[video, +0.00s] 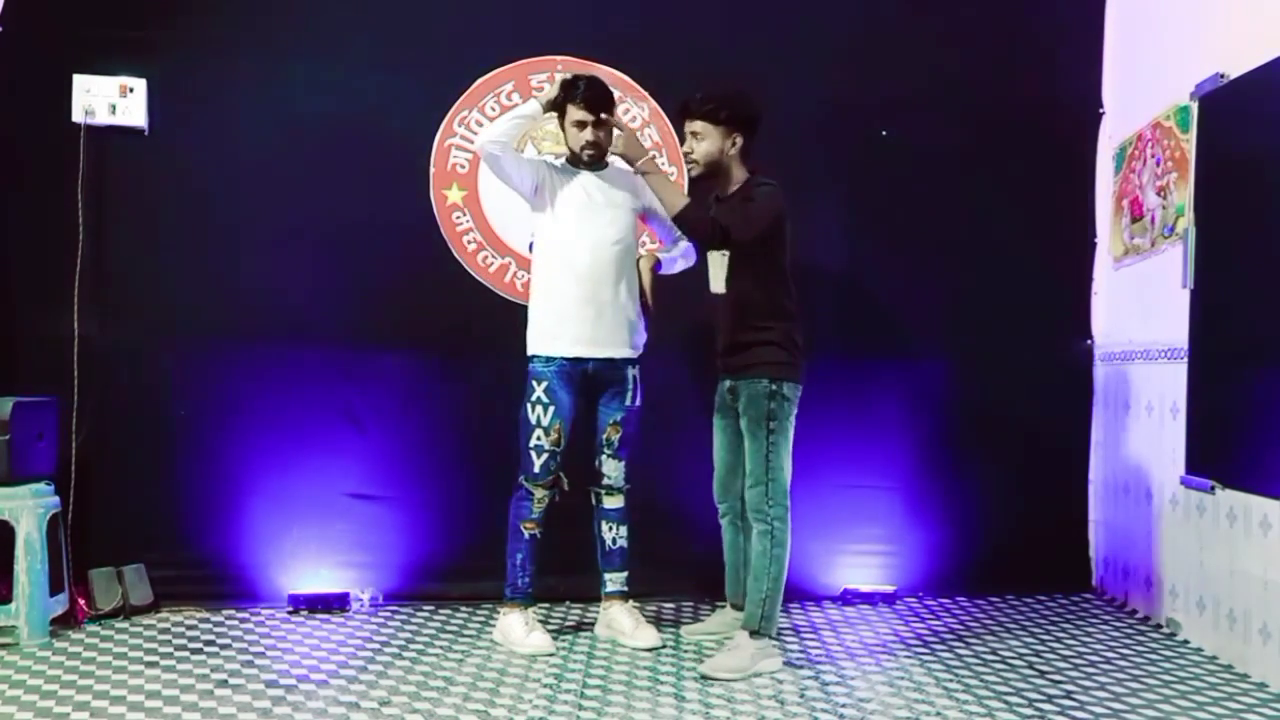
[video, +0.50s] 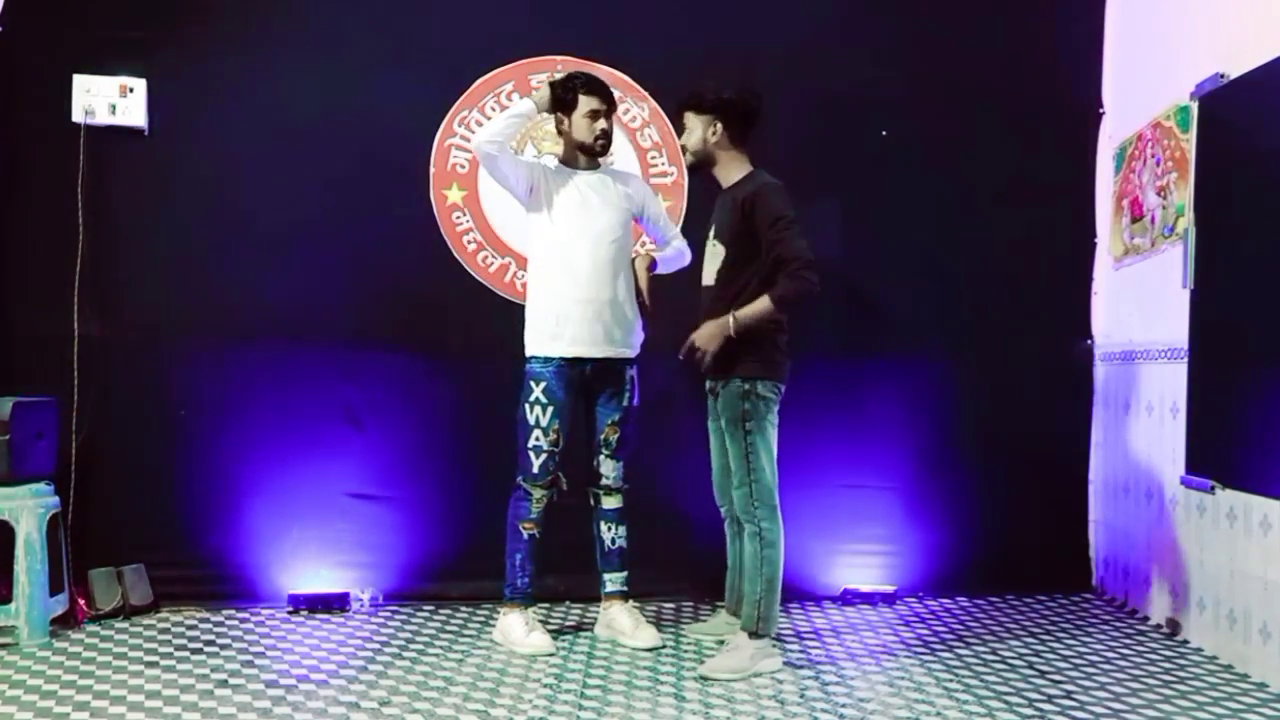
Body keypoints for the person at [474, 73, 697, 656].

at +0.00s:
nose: (591, 135)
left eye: (600, 124)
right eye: (580, 124)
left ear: (612, 127)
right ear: (560, 125)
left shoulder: (633, 185)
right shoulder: (543, 179)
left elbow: (684, 252)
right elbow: (491, 148)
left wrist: (664, 255)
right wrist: (541, 112)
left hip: (619, 352)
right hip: (555, 350)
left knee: (613, 479)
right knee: (539, 479)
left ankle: (616, 604)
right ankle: (516, 610)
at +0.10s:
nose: (592, 131)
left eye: (600, 120)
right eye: (580, 121)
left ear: (612, 123)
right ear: (560, 124)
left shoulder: (633, 188)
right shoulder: (543, 179)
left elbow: (689, 246)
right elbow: (491, 148)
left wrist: (658, 258)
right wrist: (540, 111)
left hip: (619, 351)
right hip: (556, 349)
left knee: (613, 479)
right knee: (539, 479)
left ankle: (616, 604)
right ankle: (515, 610)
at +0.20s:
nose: (596, 128)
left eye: (603, 118)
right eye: (585, 118)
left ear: (611, 122)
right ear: (560, 123)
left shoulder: (630, 187)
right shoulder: (543, 179)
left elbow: (682, 248)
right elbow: (493, 149)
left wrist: (657, 256)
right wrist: (539, 113)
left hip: (618, 351)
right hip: (555, 349)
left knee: (612, 479)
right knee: (539, 478)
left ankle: (616, 605)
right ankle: (516, 610)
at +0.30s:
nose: (601, 125)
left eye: (605, 116)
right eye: (589, 116)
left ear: (611, 120)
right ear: (561, 122)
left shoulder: (631, 184)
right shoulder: (541, 179)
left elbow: (678, 245)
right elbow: (491, 149)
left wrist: (657, 254)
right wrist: (536, 111)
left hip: (617, 351)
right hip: (554, 349)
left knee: (612, 478)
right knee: (539, 478)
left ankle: (616, 605)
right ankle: (516, 611)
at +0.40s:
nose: (604, 125)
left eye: (607, 115)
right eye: (592, 116)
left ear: (612, 120)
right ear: (562, 122)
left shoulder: (632, 185)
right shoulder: (540, 179)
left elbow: (679, 251)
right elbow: (489, 148)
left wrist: (647, 267)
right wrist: (538, 112)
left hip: (616, 348)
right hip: (553, 347)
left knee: (612, 478)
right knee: (539, 477)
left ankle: (616, 605)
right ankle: (515, 611)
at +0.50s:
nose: (605, 126)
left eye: (607, 116)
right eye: (593, 116)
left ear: (611, 119)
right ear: (561, 122)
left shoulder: (630, 183)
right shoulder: (539, 179)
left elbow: (678, 249)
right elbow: (489, 148)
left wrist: (648, 259)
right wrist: (537, 109)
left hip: (616, 348)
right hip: (553, 346)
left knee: (611, 477)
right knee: (538, 477)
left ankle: (616, 605)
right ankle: (515, 611)